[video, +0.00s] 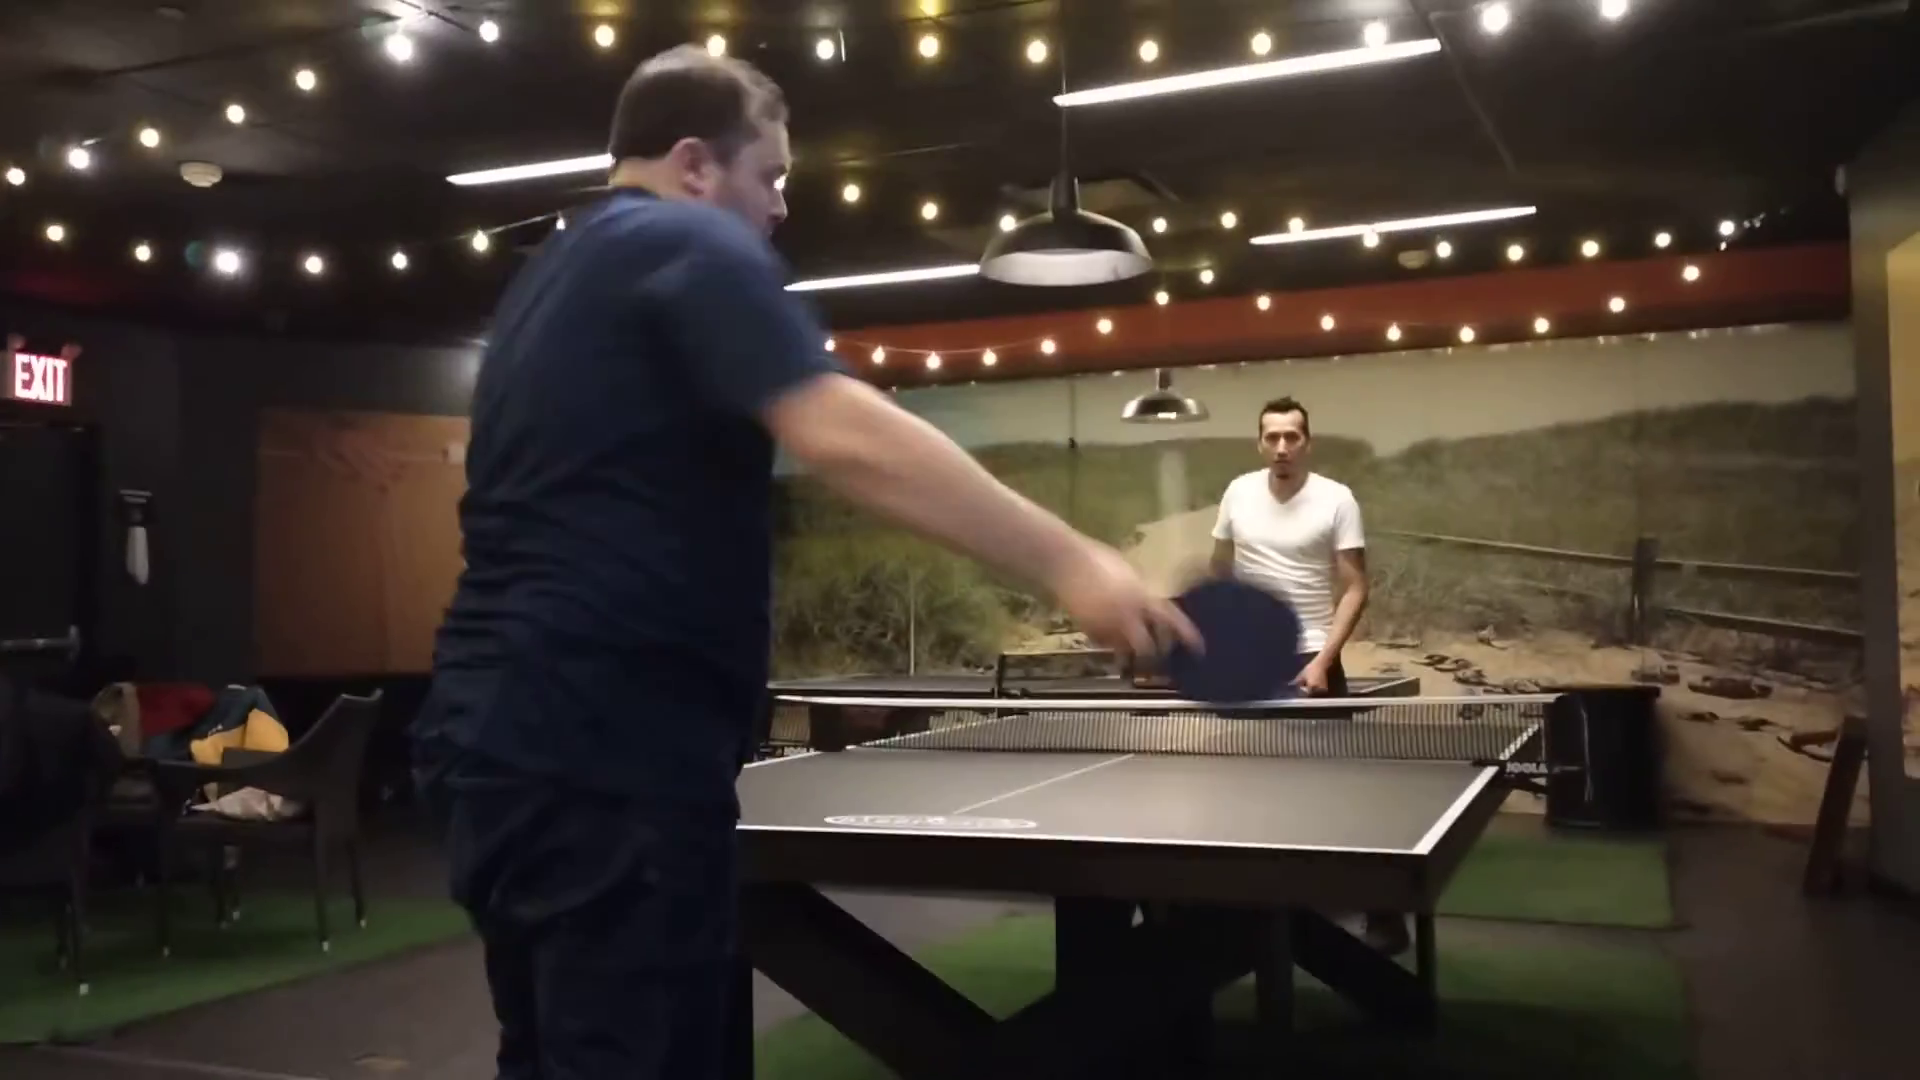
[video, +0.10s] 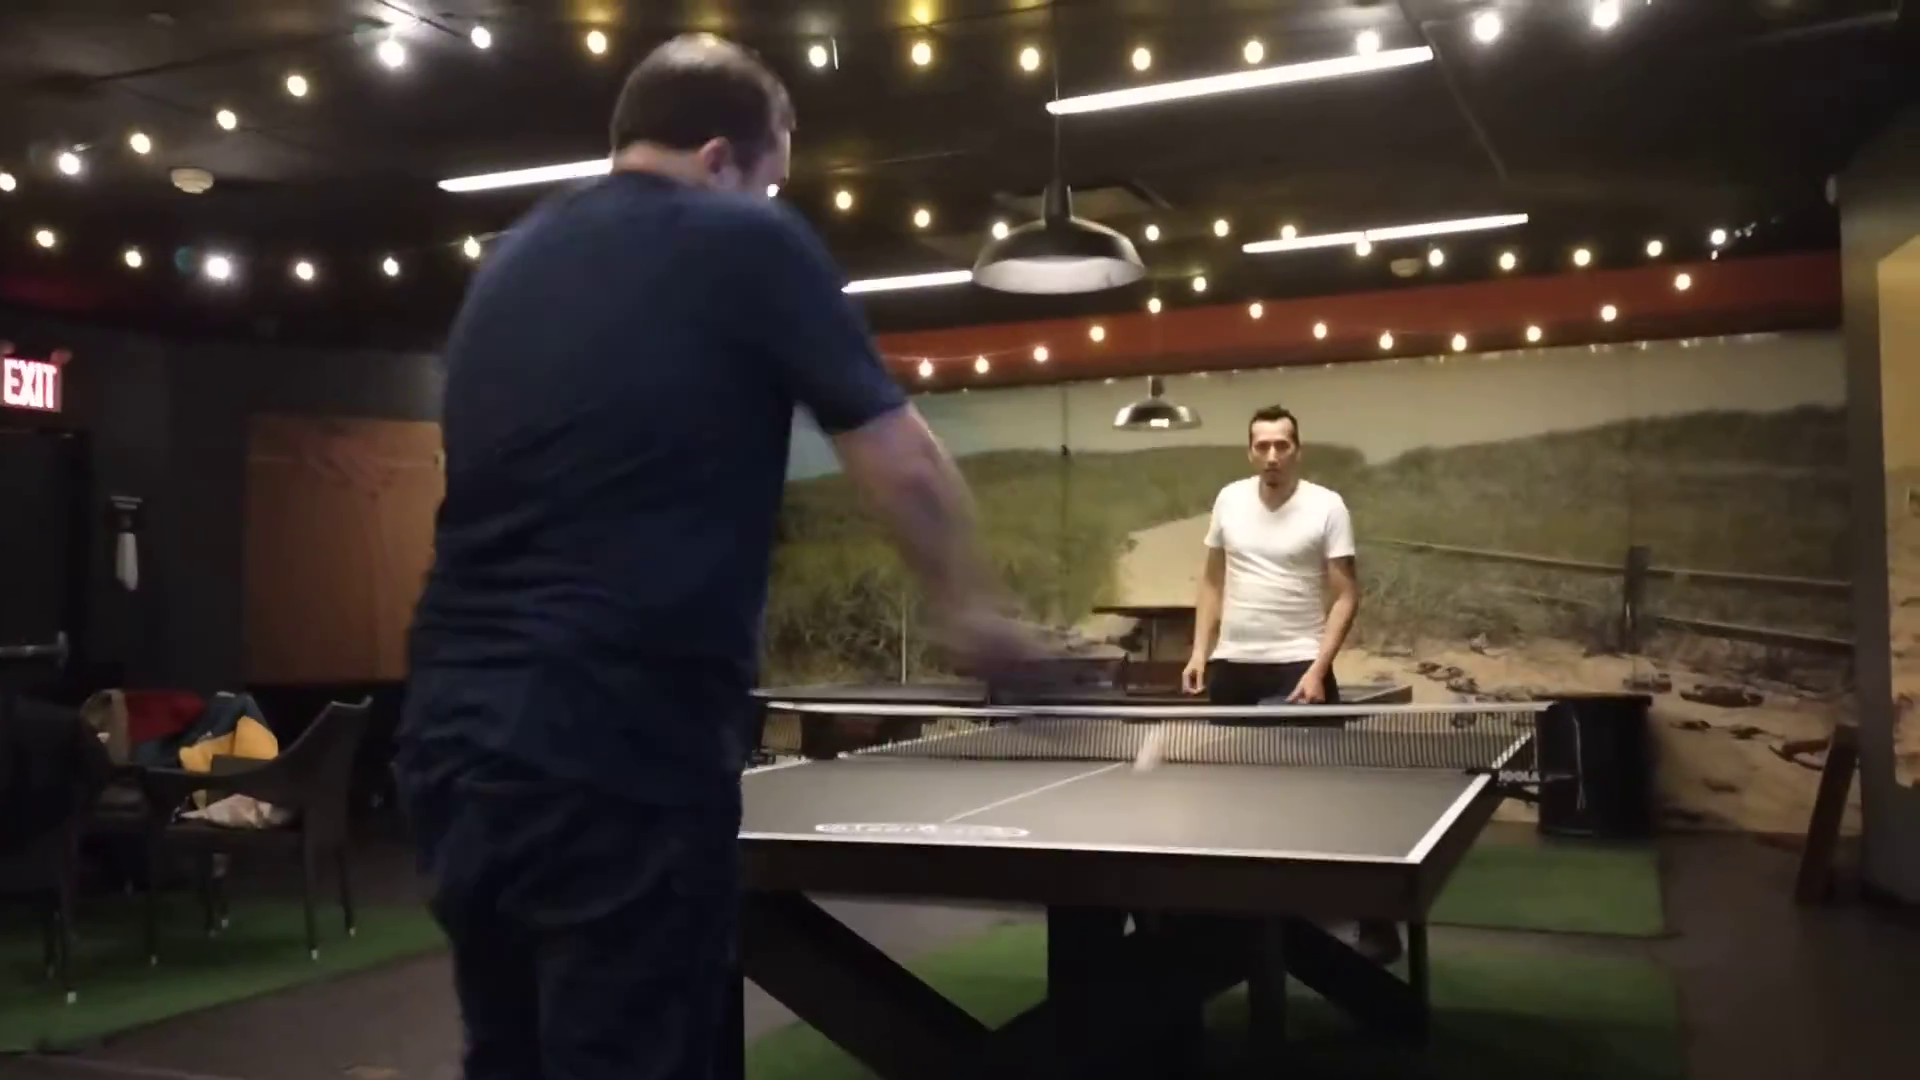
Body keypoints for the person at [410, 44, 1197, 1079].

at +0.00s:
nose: (781, 208)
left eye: (783, 183)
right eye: (772, 178)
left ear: (672, 164)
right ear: (694, 164)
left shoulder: (557, 269)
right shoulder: (688, 248)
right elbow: (835, 431)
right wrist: (1071, 561)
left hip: (509, 751)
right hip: (613, 760)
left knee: (550, 1056)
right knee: (654, 1057)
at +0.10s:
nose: (770, 208)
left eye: (775, 187)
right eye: (773, 185)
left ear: (624, 145)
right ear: (727, 159)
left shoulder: (514, 254)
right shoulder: (754, 244)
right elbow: (908, 472)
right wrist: (970, 613)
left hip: (457, 738)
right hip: (627, 750)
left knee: (509, 1053)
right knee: (650, 1054)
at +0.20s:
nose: (772, 192)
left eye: (777, 171)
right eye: (775, 170)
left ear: (621, 133)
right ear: (739, 153)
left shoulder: (488, 246)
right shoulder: (777, 237)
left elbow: (469, 439)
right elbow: (822, 427)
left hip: (440, 744)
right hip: (635, 750)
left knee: (475, 1058)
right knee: (641, 1054)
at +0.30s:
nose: (765, 184)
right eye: (768, 164)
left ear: (613, 129)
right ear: (758, 157)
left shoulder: (482, 244)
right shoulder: (790, 258)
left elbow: (470, 446)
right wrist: (431, 438)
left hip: (446, 761)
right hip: (654, 771)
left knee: (450, 1061)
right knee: (640, 1059)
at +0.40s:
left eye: (598, 120)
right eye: (766, 164)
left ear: (605, 123)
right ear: (753, 163)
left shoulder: (478, 241)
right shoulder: (790, 266)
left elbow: (422, 442)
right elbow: (642, 368)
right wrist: (420, 366)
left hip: (451, 764)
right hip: (668, 780)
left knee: (421, 1062)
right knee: (644, 1061)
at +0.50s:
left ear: (589, 126)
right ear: (738, 164)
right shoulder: (780, 274)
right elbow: (618, 375)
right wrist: (367, 431)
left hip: (441, 779)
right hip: (661, 791)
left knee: (403, 1062)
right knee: (640, 1060)